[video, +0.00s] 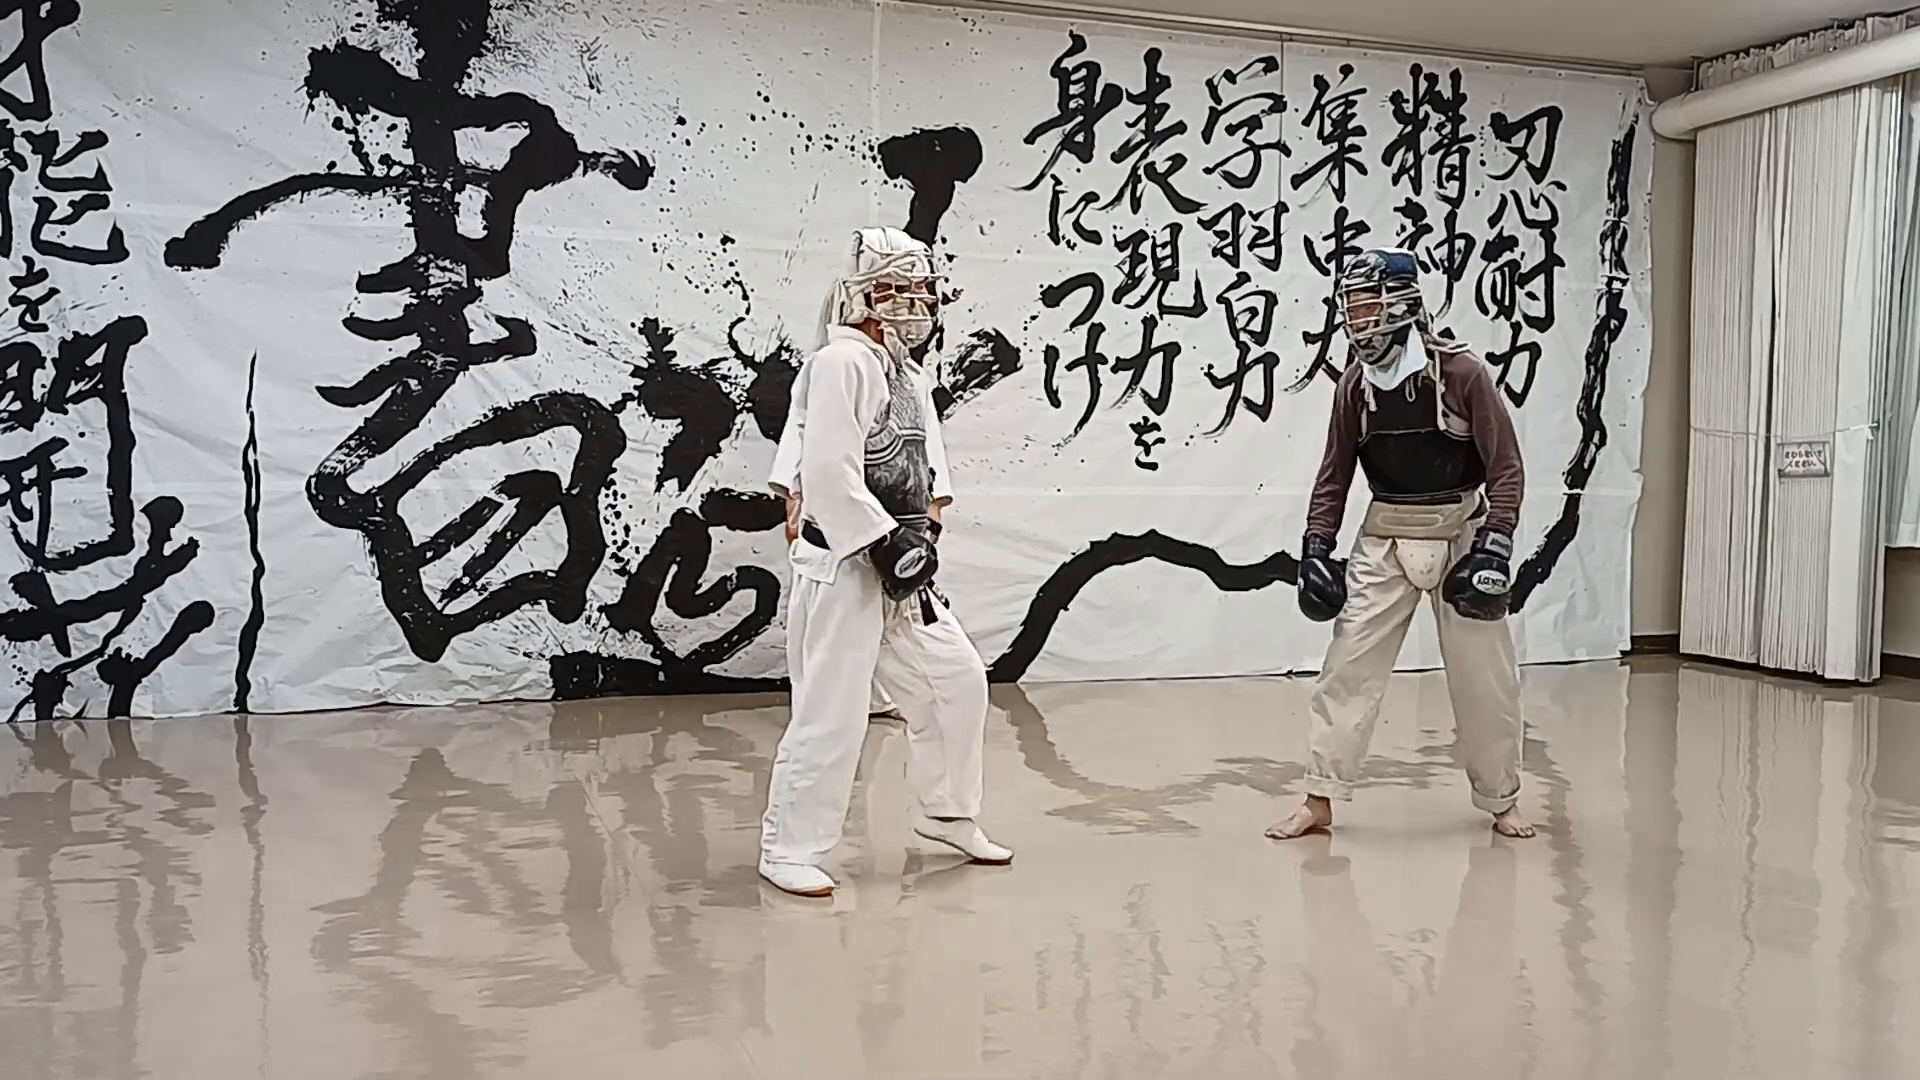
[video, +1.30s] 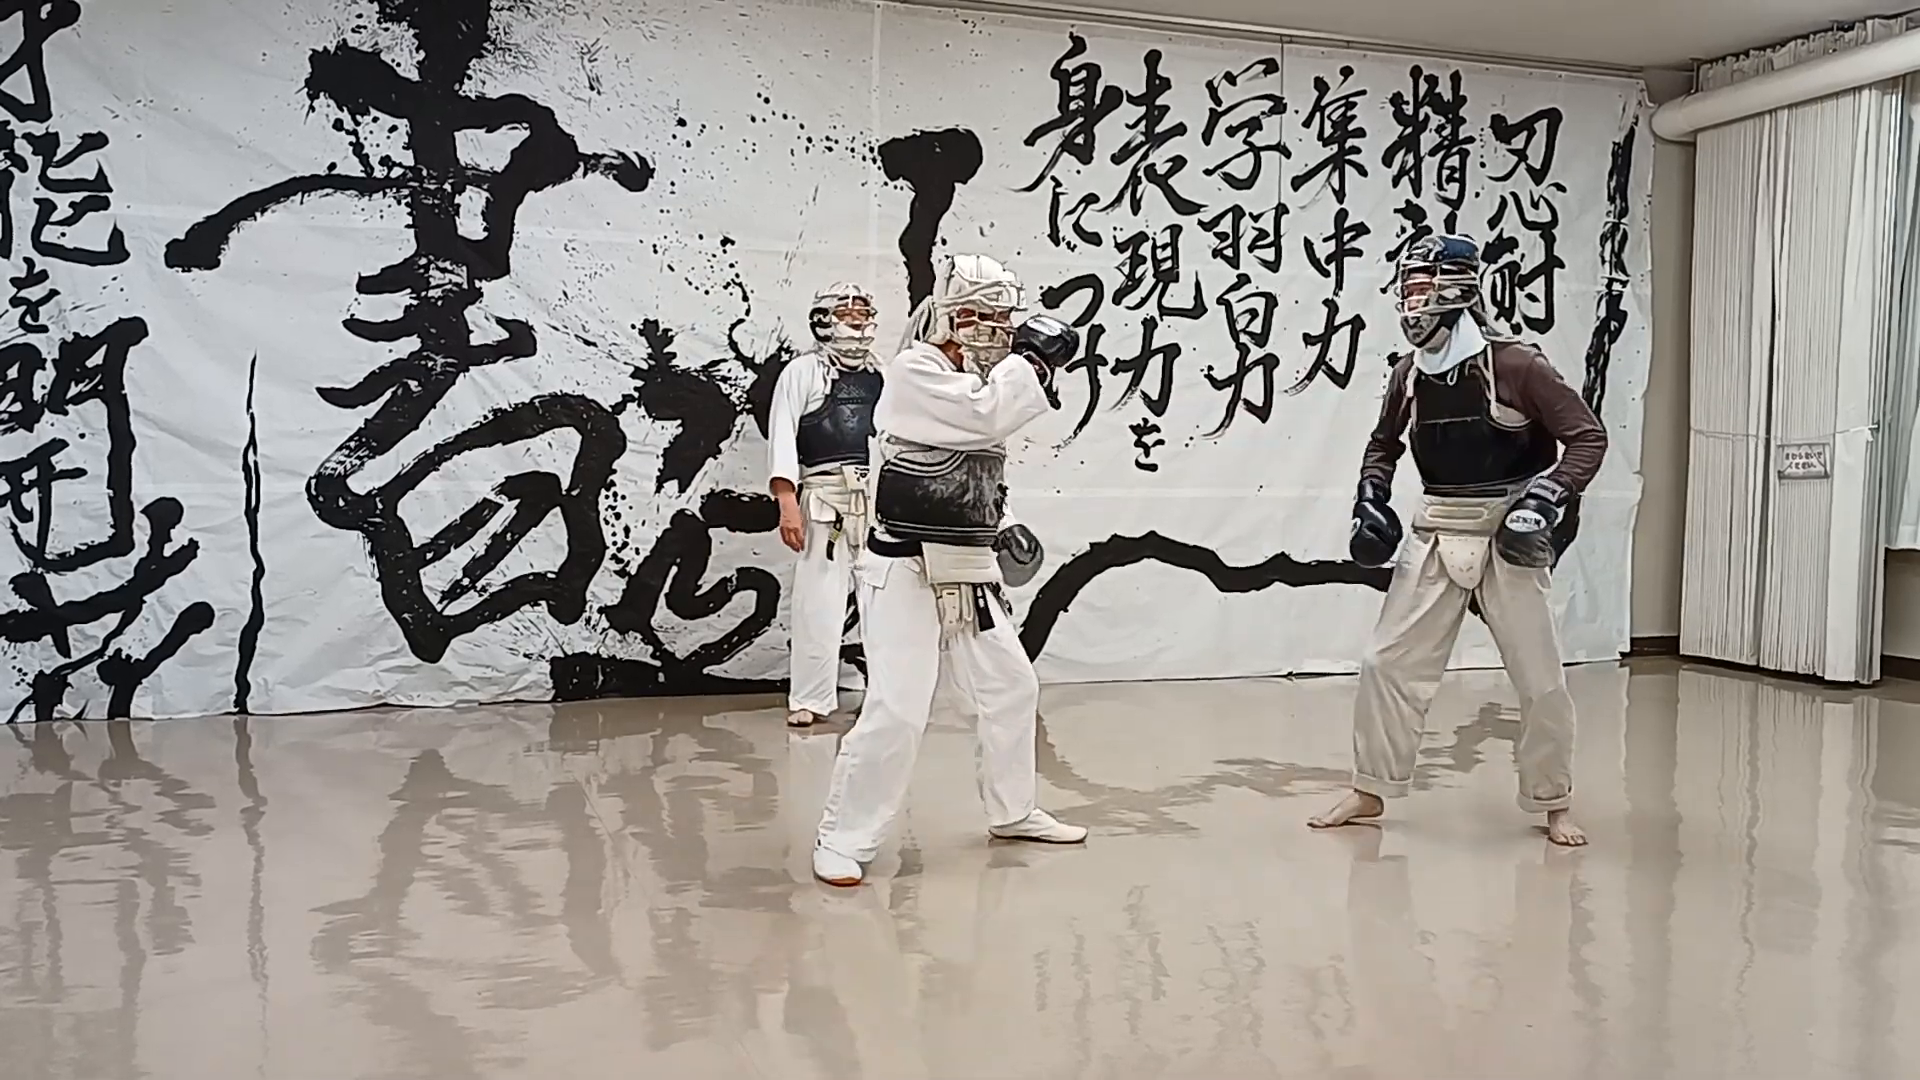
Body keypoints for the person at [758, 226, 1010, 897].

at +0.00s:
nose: (918, 304)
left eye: (922, 292)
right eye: (903, 291)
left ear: (926, 296)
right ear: (868, 295)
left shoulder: (907, 373)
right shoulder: (842, 360)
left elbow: (929, 460)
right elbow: (828, 472)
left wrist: (926, 527)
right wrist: (887, 544)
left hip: (894, 560)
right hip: (838, 563)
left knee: (958, 680)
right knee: (829, 711)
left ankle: (945, 822)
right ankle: (789, 853)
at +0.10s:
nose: (905, 305)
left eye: (914, 294)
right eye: (891, 293)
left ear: (924, 300)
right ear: (860, 296)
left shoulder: (912, 369)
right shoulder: (836, 355)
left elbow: (936, 452)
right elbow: (841, 465)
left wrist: (943, 509)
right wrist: (917, 519)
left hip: (895, 557)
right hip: (837, 560)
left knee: (956, 677)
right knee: (830, 714)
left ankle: (967, 808)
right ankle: (789, 853)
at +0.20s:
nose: (908, 308)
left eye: (916, 296)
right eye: (894, 295)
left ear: (923, 300)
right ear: (864, 296)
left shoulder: (905, 362)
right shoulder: (836, 357)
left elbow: (917, 451)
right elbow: (874, 447)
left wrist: (944, 509)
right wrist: (962, 442)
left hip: (897, 552)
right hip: (841, 559)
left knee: (938, 686)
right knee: (832, 715)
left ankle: (978, 807)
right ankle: (788, 853)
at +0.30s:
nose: (915, 314)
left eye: (923, 303)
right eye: (902, 301)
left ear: (932, 307)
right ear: (871, 301)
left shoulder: (905, 367)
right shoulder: (846, 362)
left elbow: (931, 445)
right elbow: (920, 422)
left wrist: (948, 493)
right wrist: (978, 374)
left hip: (901, 560)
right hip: (853, 563)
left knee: (932, 694)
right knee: (843, 715)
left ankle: (971, 814)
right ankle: (788, 853)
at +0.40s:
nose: (936, 317)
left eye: (942, 306)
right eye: (922, 304)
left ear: (948, 310)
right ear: (890, 305)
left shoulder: (919, 367)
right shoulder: (869, 363)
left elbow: (958, 432)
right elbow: (950, 409)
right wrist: (990, 348)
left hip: (918, 561)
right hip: (867, 565)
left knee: (945, 696)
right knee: (851, 716)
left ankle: (976, 819)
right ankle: (791, 852)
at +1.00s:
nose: (980, 338)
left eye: (987, 327)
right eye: (967, 324)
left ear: (995, 332)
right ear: (937, 326)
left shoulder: (972, 393)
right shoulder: (902, 379)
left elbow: (1018, 450)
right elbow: (964, 438)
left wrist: (1078, 421)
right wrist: (1022, 389)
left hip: (946, 572)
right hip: (889, 571)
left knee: (991, 690)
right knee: (885, 717)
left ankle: (1010, 813)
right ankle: (815, 846)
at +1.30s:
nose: (994, 331)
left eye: (1002, 321)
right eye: (981, 318)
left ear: (1006, 326)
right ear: (948, 315)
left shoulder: (980, 377)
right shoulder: (914, 369)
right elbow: (986, 417)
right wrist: (1029, 362)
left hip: (965, 562)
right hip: (902, 564)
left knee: (1011, 686)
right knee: (897, 709)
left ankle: (1013, 814)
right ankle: (843, 843)